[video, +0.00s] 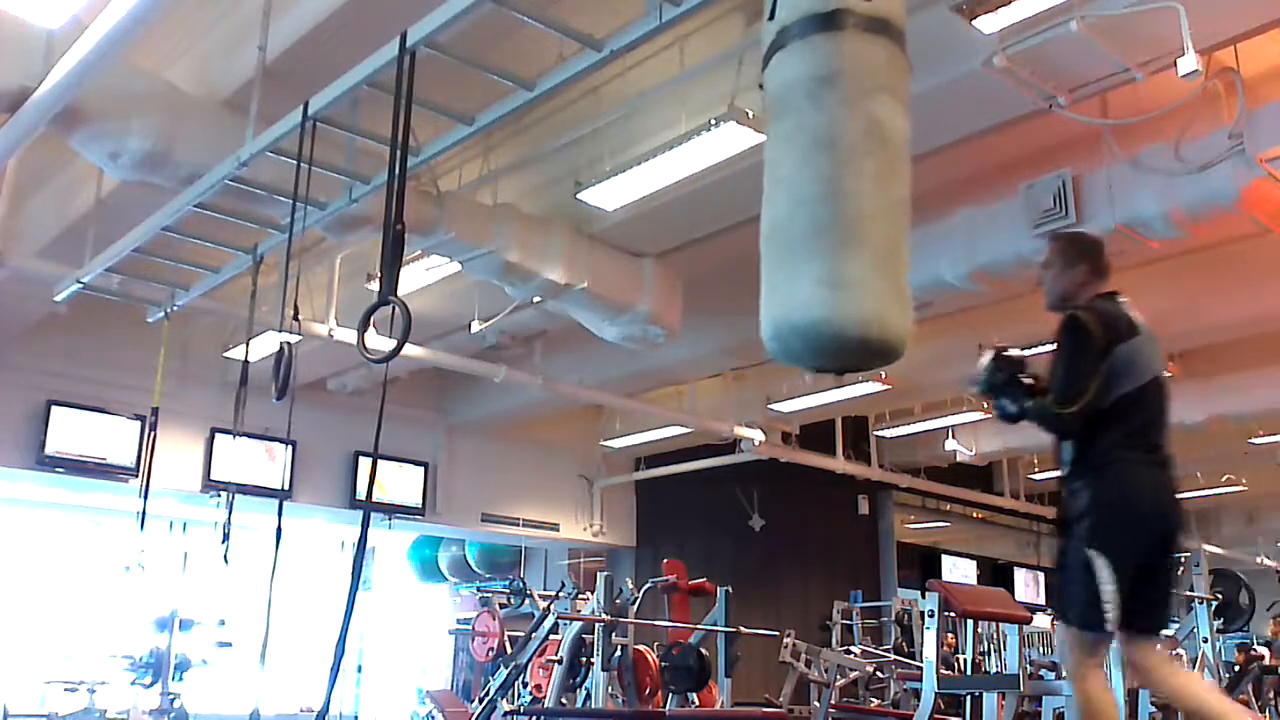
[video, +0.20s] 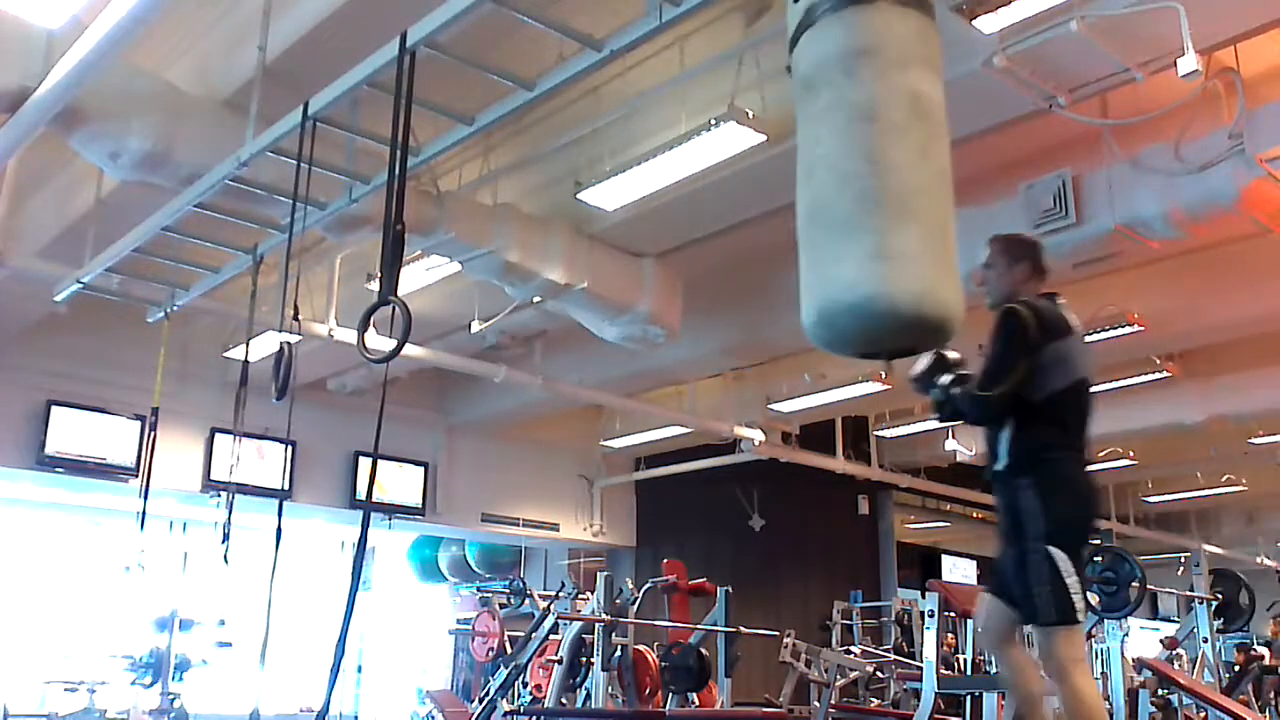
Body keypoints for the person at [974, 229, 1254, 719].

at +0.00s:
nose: (1039, 278)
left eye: (1048, 267)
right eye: (1042, 267)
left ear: (1077, 272)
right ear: (1092, 273)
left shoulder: (1083, 324)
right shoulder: (1130, 322)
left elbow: (1065, 417)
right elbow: (1098, 409)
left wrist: (1013, 395)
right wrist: (1031, 383)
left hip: (1106, 506)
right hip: (1153, 501)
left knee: (1082, 661)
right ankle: (1244, 716)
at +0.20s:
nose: (980, 276)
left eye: (991, 267)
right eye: (983, 267)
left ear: (1022, 270)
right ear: (1031, 273)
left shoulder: (1019, 317)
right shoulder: (1056, 320)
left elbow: (988, 407)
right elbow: (1017, 409)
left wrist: (938, 382)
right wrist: (959, 378)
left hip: (1042, 503)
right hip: (1052, 498)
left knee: (1064, 656)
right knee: (996, 632)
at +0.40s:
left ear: (923, 290)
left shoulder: (958, 346)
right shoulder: (962, 345)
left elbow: (924, 423)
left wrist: (874, 404)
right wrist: (890, 405)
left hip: (978, 531)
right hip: (955, 534)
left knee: (1023, 668)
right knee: (922, 658)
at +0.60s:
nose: (830, 318)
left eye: (837, 306)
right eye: (829, 308)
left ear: (866, 302)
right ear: (860, 308)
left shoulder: (896, 348)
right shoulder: (875, 357)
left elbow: (887, 426)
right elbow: (857, 445)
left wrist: (806, 415)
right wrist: (797, 420)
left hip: (889, 516)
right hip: (867, 516)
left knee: (860, 656)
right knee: (849, 660)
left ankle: (952, 713)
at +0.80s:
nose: (767, 320)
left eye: (773, 308)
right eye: (762, 311)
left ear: (805, 300)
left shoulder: (845, 345)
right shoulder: (784, 361)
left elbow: (862, 433)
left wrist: (776, 438)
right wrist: (708, 404)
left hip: (834, 510)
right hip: (803, 510)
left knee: (768, 635)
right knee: (835, 654)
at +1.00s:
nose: (698, 325)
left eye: (704, 313)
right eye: (694, 316)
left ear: (735, 304)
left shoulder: (777, 356)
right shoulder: (711, 370)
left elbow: (788, 442)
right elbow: (672, 447)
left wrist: (699, 454)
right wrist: (639, 407)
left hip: (760, 517)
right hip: (730, 516)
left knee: (695, 647)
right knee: (766, 661)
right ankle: (823, 715)